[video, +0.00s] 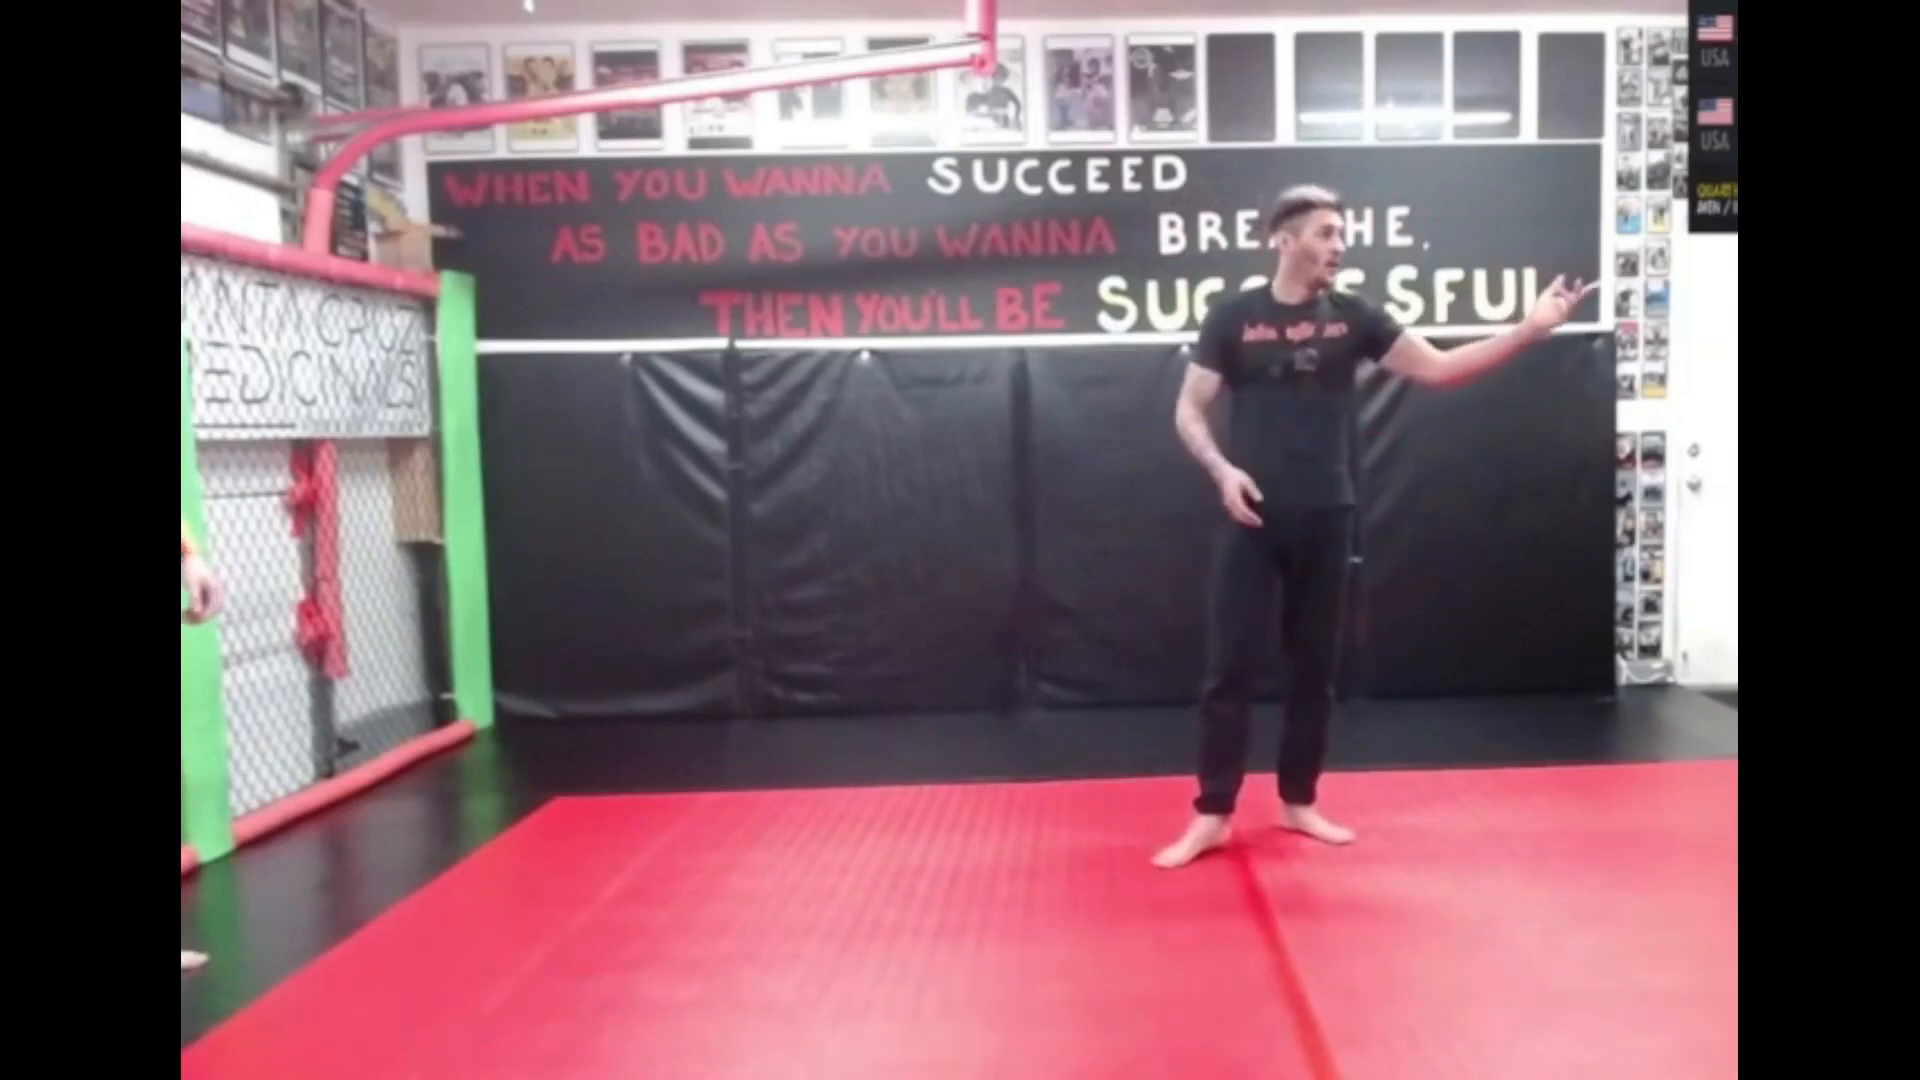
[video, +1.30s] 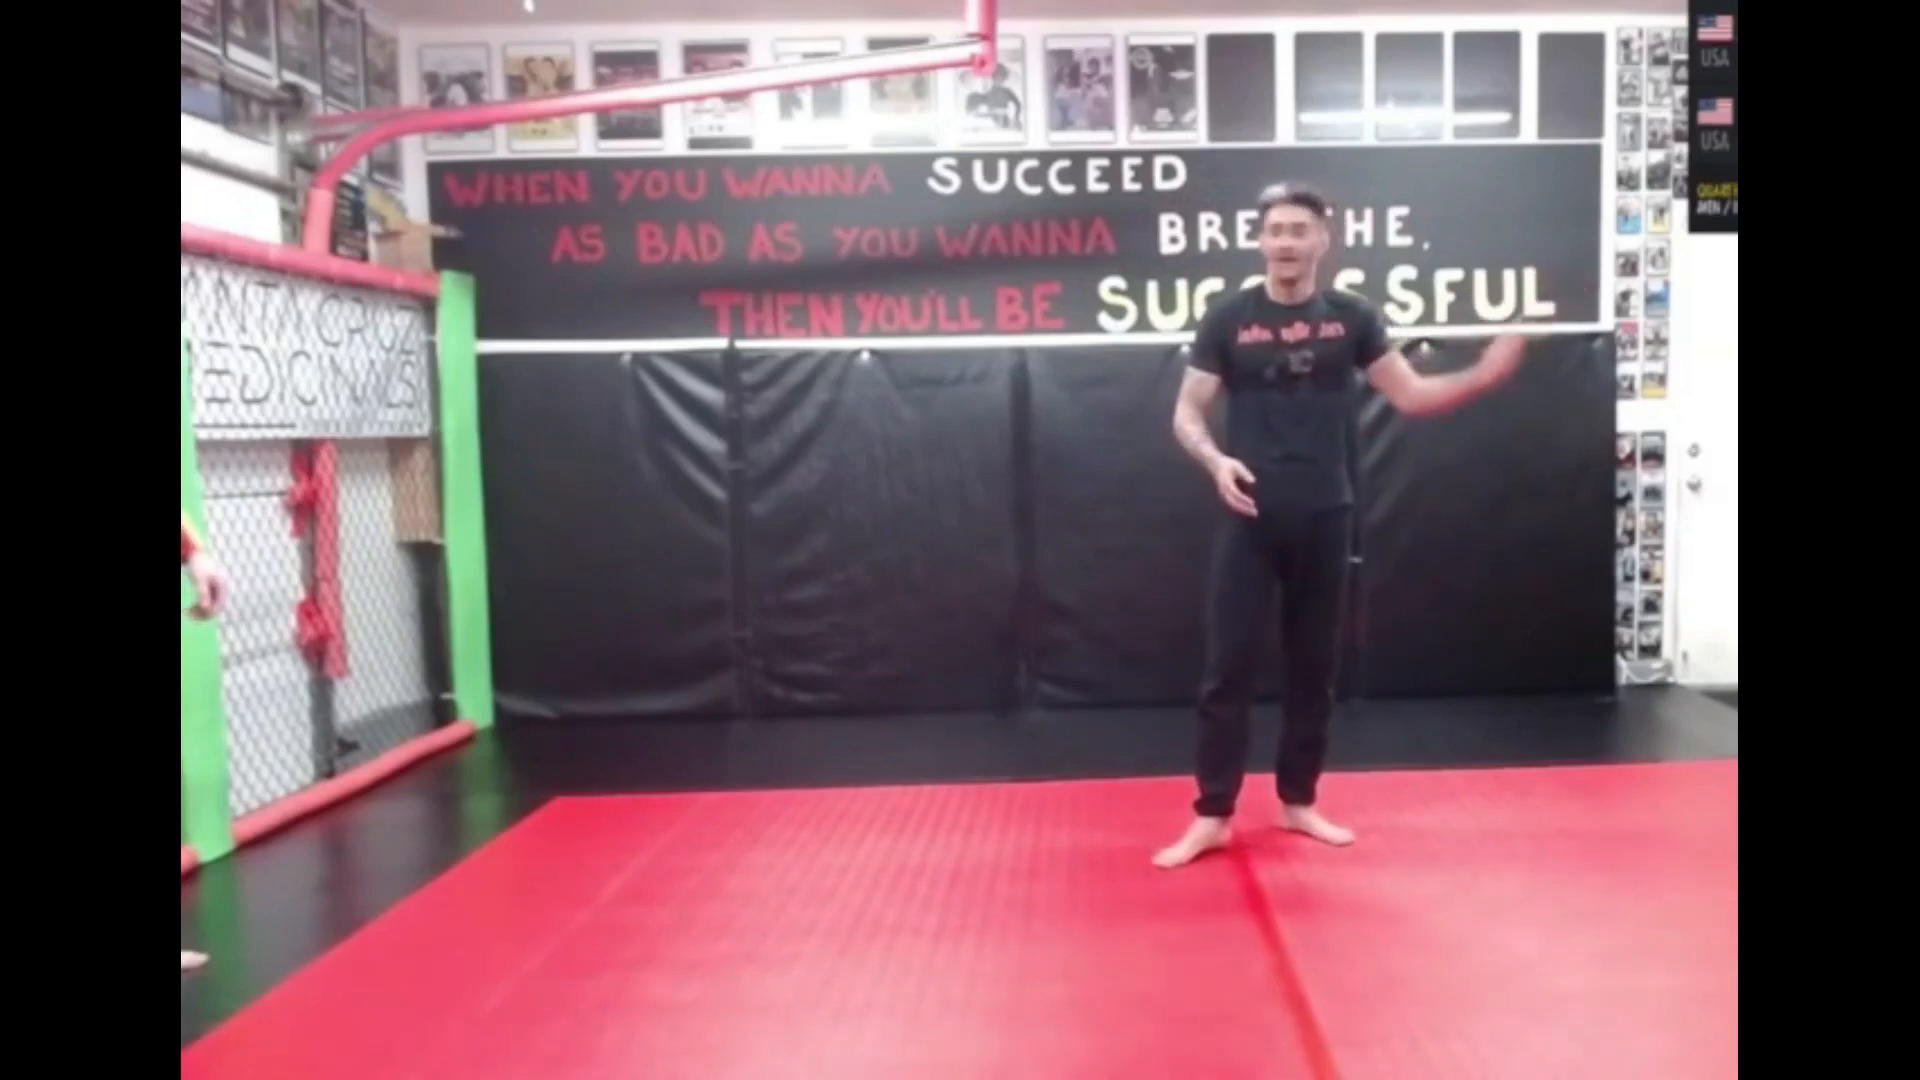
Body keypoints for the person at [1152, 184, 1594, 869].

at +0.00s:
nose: (1337, 246)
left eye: (1340, 235)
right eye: (1325, 233)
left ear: (1338, 246)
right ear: (1282, 240)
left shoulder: (1353, 315)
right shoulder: (1232, 317)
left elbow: (1439, 368)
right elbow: (1188, 412)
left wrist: (1530, 327)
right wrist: (1221, 470)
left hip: (1325, 518)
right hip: (1249, 517)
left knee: (1315, 666)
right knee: (1228, 666)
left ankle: (1298, 802)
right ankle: (1212, 814)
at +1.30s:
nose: (1286, 242)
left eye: (1300, 230)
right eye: (1275, 230)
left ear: (1325, 241)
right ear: (1259, 241)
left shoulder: (1351, 318)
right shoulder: (1230, 317)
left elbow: (1413, 395)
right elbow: (1187, 414)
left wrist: (1484, 374)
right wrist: (1215, 462)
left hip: (1325, 515)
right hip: (1250, 516)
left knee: (1314, 665)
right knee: (1226, 665)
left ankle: (1298, 801)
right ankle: (1212, 814)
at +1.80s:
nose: (1242, 247)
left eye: (1254, 235)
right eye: (1239, 236)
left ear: (1295, 242)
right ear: (1240, 244)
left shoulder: (1340, 315)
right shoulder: (1221, 317)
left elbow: (1367, 418)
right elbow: (1154, 399)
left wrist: (1307, 462)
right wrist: (1070, 371)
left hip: (1311, 514)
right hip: (1235, 512)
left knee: (1307, 663)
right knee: (1219, 664)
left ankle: (1299, 803)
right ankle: (1210, 817)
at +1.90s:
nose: (1237, 247)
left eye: (1249, 235)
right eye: (1234, 236)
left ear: (1290, 242)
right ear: (1234, 244)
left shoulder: (1336, 315)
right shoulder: (1217, 318)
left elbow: (1366, 414)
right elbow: (1153, 401)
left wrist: (1322, 462)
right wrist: (1067, 379)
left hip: (1312, 515)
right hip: (1235, 513)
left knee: (1307, 662)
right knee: (1218, 664)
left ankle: (1299, 802)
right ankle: (1211, 817)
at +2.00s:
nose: (1235, 247)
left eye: (1246, 235)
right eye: (1231, 236)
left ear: (1287, 241)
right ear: (1231, 243)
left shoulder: (1334, 314)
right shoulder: (1215, 318)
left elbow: (1365, 412)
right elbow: (1151, 402)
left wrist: (1334, 456)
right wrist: (1066, 380)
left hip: (1310, 514)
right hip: (1234, 513)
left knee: (1308, 663)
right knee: (1219, 665)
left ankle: (1299, 802)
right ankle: (1211, 817)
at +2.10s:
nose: (1234, 247)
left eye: (1246, 235)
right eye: (1231, 236)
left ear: (1287, 241)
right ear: (1231, 243)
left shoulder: (1334, 314)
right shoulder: (1215, 318)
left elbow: (1365, 412)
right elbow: (1151, 402)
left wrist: (1334, 456)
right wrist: (1066, 380)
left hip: (1310, 515)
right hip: (1234, 514)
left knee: (1308, 663)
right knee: (1219, 665)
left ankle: (1299, 802)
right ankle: (1211, 817)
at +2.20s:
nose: (1234, 246)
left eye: (1246, 234)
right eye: (1231, 234)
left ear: (1288, 239)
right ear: (1230, 241)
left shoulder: (1334, 314)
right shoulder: (1213, 317)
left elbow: (1363, 412)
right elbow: (1150, 402)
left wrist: (1342, 458)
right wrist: (1069, 379)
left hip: (1309, 514)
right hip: (1233, 515)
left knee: (1306, 664)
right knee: (1218, 667)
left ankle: (1299, 802)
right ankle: (1211, 817)